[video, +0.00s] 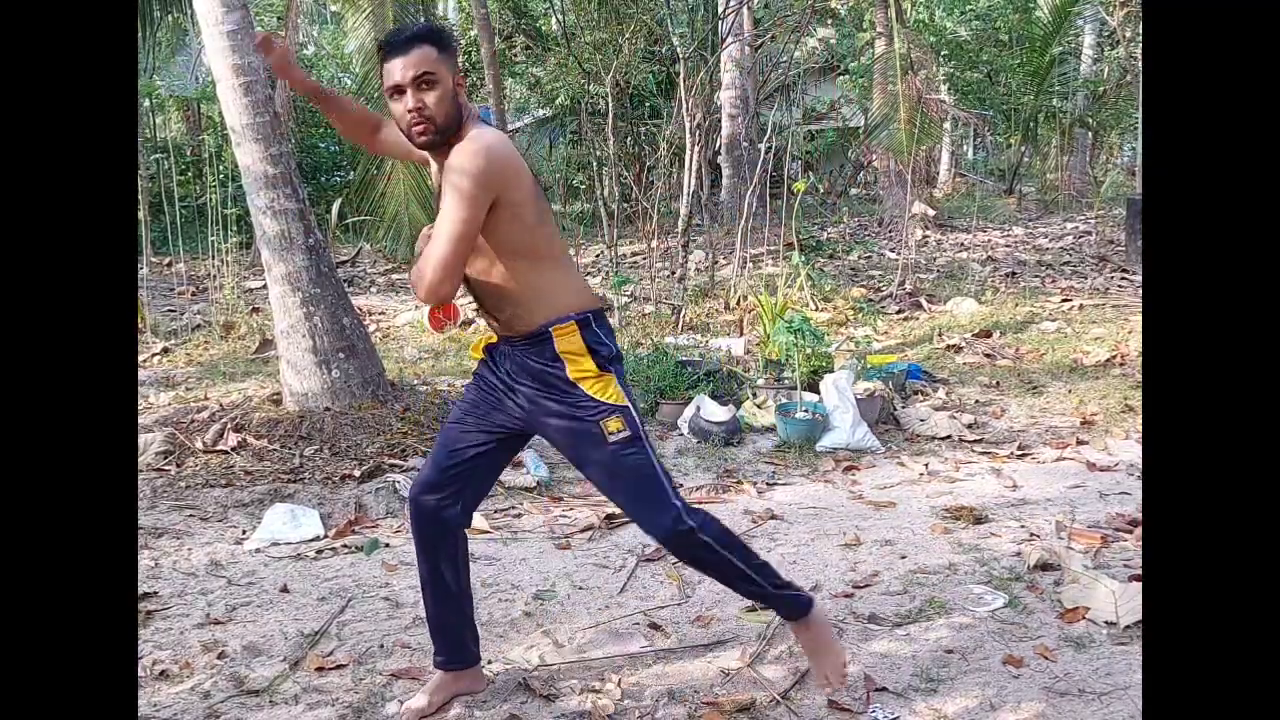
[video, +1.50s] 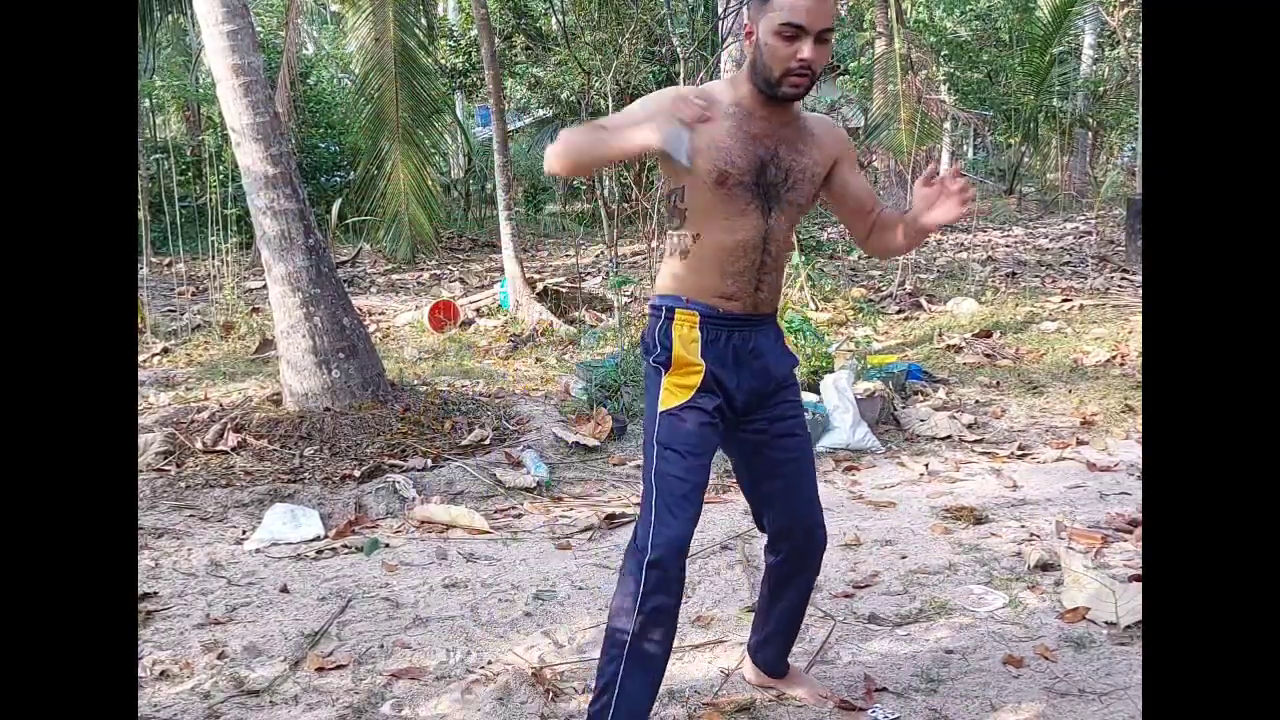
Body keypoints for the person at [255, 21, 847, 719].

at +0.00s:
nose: (411, 103)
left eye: (425, 84)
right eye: (398, 93)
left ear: (460, 82)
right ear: (393, 102)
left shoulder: (476, 155)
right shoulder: (445, 150)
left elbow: (431, 290)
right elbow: (375, 133)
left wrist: (430, 252)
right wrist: (301, 83)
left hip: (571, 354)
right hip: (510, 358)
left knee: (668, 522)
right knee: (432, 502)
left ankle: (804, 618)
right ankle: (459, 669)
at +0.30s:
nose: (541, 73)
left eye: (547, 58)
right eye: (520, 67)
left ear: (564, 64)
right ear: (496, 92)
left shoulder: (598, 125)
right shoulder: (510, 183)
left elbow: (711, 148)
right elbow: (593, 229)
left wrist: (630, 160)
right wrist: (515, 133)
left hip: (658, 350)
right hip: (592, 363)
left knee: (750, 506)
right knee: (561, 535)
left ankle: (768, 663)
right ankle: (486, 679)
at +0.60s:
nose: (680, 78)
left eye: (686, 64)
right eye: (665, 62)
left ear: (685, 67)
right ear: (619, 64)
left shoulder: (635, 147)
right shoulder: (598, 153)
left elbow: (636, 249)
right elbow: (588, 289)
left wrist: (677, 230)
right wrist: (678, 343)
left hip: (644, 359)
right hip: (592, 362)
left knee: (738, 508)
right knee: (563, 537)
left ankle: (766, 664)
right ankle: (477, 685)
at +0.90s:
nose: (791, 71)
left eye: (800, 56)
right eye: (776, 53)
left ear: (804, 58)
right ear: (729, 49)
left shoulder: (792, 139)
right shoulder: (665, 131)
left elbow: (816, 249)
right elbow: (576, 222)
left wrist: (758, 258)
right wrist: (638, 268)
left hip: (748, 345)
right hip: (669, 343)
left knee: (793, 512)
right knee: (624, 515)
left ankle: (767, 662)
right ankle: (541, 671)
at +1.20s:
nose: (808, 52)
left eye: (818, 36)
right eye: (791, 34)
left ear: (824, 38)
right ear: (745, 34)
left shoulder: (836, 123)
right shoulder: (695, 115)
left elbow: (827, 251)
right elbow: (619, 199)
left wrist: (712, 234)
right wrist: (677, 86)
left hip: (792, 338)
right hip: (709, 336)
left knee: (810, 522)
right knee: (675, 511)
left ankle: (769, 662)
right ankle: (595, 672)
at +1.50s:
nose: (809, 56)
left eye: (824, 38)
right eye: (791, 34)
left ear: (835, 41)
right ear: (747, 29)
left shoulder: (826, 140)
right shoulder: (689, 108)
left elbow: (877, 233)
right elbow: (560, 155)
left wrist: (916, 222)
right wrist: (643, 134)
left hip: (763, 345)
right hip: (686, 339)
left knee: (801, 533)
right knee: (663, 541)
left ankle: (768, 662)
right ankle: (614, 711)